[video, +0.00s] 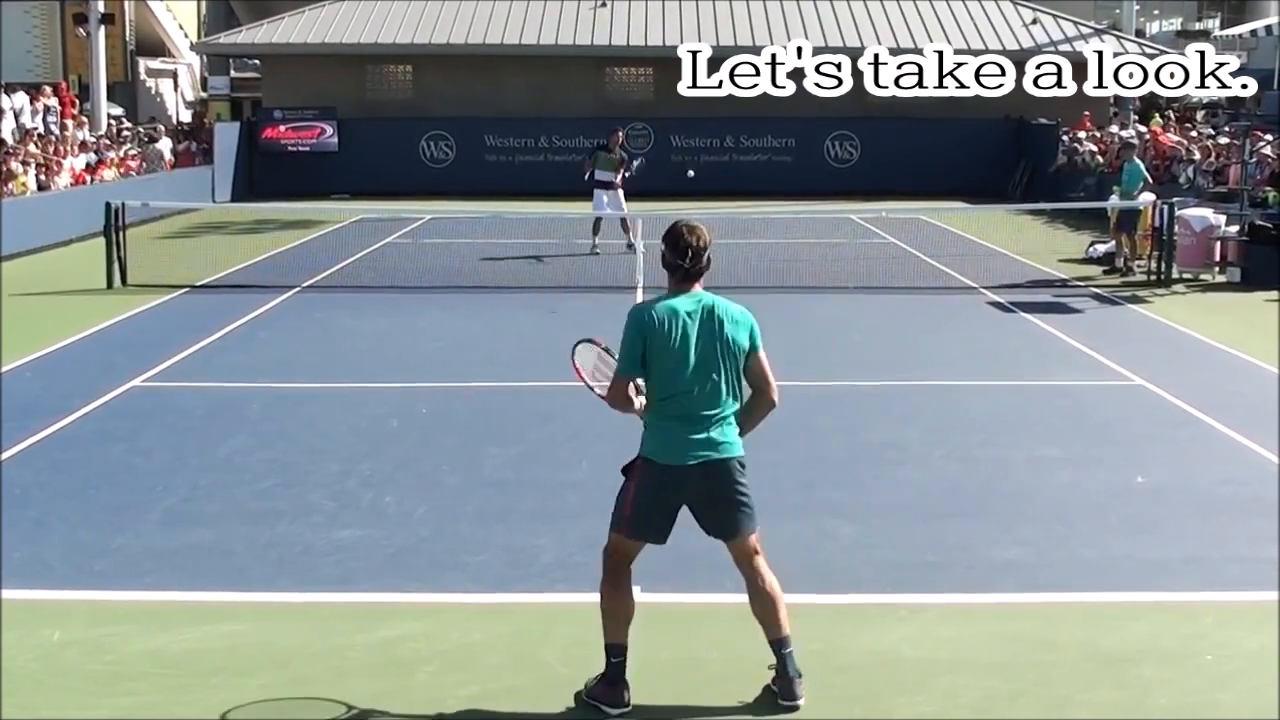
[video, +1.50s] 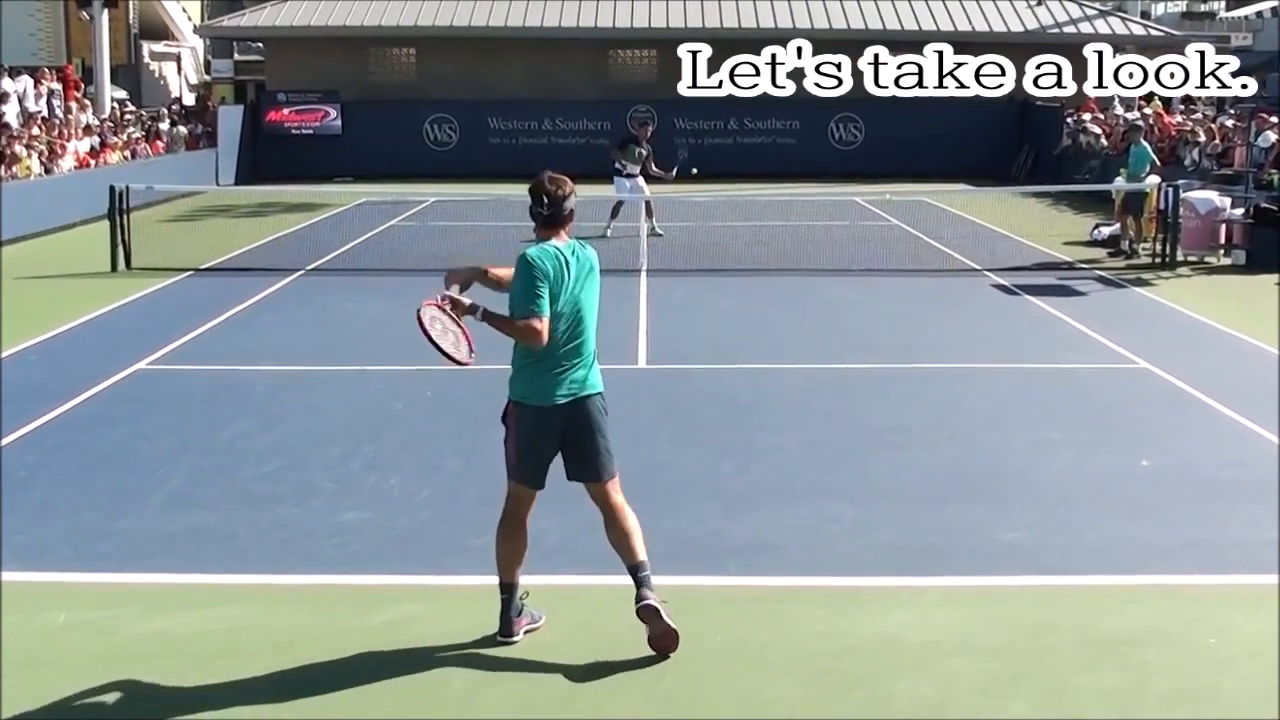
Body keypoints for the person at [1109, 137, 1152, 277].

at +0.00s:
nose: (1122, 153)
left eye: (1125, 150)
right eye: (1122, 150)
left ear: (1132, 151)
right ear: (1123, 151)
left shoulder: (1138, 165)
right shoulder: (1126, 165)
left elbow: (1148, 181)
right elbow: (1125, 181)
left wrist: (1137, 193)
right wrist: (1119, 189)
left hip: (1134, 205)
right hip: (1123, 203)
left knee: (1131, 234)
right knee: (1117, 232)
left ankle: (1132, 265)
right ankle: (1118, 263)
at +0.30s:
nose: (1121, 150)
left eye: (1124, 147)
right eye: (1121, 147)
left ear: (1131, 148)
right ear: (1123, 149)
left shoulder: (1137, 162)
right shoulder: (1126, 161)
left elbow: (1149, 179)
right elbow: (1127, 180)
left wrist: (1136, 191)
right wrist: (1119, 187)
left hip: (1133, 202)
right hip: (1122, 200)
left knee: (1130, 231)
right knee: (1116, 230)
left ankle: (1130, 262)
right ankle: (1117, 260)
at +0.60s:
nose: (1125, 149)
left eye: (1127, 146)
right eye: (1124, 146)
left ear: (1134, 147)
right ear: (1124, 147)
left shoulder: (1139, 160)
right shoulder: (1126, 159)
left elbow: (1151, 177)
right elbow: (1126, 176)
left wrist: (1138, 189)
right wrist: (1121, 186)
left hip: (1135, 200)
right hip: (1123, 198)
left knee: (1131, 230)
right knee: (1116, 228)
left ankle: (1130, 260)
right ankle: (1117, 259)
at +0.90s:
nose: (1126, 151)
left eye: (1129, 148)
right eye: (1125, 148)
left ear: (1135, 149)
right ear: (1124, 149)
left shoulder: (1140, 163)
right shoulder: (1126, 162)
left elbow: (1152, 180)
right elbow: (1126, 179)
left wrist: (1139, 191)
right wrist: (1121, 188)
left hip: (1135, 202)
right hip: (1123, 200)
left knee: (1130, 232)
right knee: (1116, 230)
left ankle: (1129, 262)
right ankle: (1117, 261)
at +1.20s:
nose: (1126, 143)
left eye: (1128, 140)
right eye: (1125, 140)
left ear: (1135, 140)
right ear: (1124, 141)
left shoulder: (1141, 154)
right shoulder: (1127, 154)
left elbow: (1152, 171)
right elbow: (1126, 171)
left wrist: (1140, 183)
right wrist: (1121, 179)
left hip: (1135, 193)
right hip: (1124, 192)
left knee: (1132, 224)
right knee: (1117, 222)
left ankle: (1131, 254)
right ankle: (1118, 252)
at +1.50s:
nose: (1131, 136)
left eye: (1133, 133)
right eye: (1130, 133)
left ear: (1140, 133)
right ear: (1129, 135)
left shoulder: (1144, 147)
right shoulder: (1133, 147)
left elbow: (1157, 164)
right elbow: (1133, 165)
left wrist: (1145, 176)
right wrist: (1127, 172)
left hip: (1140, 187)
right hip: (1130, 186)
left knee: (1137, 218)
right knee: (1122, 215)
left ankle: (1136, 248)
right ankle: (1124, 246)